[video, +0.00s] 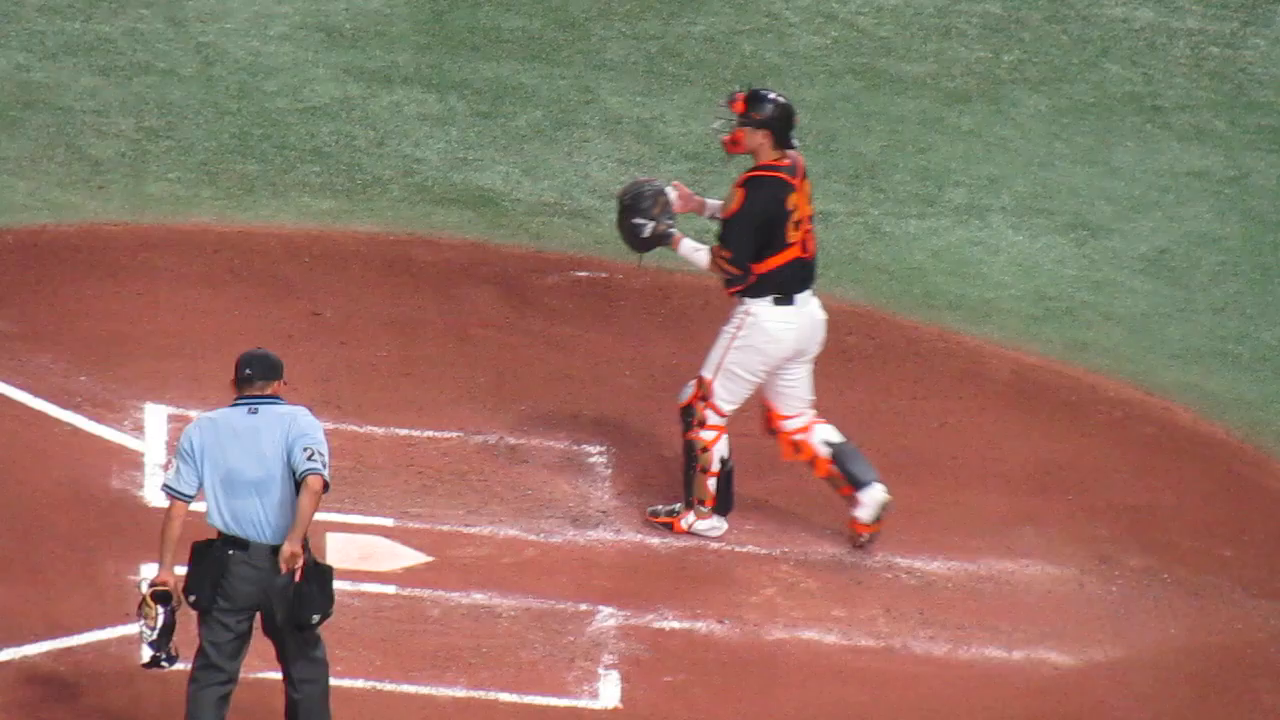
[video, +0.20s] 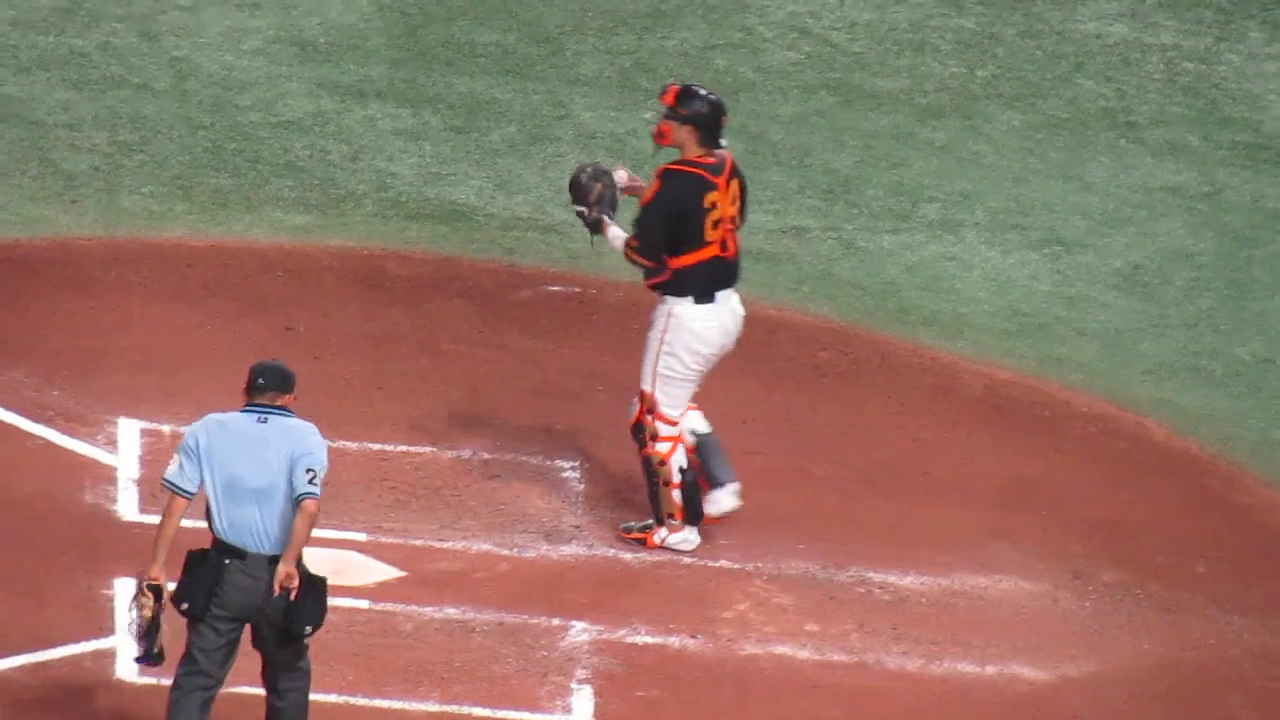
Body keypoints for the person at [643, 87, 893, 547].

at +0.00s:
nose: (736, 131)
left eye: (744, 125)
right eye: (739, 123)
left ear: (766, 134)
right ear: (772, 133)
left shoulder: (758, 189)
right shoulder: (791, 166)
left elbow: (727, 265)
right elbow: (750, 214)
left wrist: (672, 239)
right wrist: (701, 205)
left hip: (764, 317)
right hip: (805, 311)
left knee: (704, 407)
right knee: (794, 421)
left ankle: (704, 512)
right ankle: (866, 490)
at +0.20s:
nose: (664, 125)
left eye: (672, 120)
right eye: (668, 117)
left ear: (691, 129)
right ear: (706, 129)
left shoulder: (675, 183)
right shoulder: (727, 166)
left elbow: (646, 255)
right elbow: (696, 210)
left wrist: (603, 225)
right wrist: (642, 189)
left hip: (687, 315)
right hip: (725, 306)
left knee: (657, 418)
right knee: (675, 397)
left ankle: (676, 526)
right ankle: (720, 483)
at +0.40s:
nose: (607, 104)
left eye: (613, 100)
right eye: (611, 98)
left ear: (624, 110)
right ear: (655, 110)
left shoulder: (600, 160)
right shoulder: (676, 154)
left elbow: (555, 215)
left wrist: (570, 166)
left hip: (619, 295)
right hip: (661, 290)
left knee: (621, 411)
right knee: (588, 368)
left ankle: (660, 509)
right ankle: (557, 467)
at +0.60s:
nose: (559, 87)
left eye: (566, 84)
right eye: (563, 80)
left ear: (580, 97)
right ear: (606, 99)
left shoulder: (538, 133)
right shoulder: (623, 147)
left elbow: (489, 173)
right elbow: (640, 196)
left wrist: (533, 145)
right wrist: (594, 167)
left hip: (546, 280)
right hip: (588, 275)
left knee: (542, 396)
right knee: (512, 350)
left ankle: (618, 468)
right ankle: (504, 452)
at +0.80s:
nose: (541, 69)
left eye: (550, 66)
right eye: (547, 62)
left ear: (565, 80)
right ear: (584, 85)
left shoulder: (515, 114)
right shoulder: (605, 135)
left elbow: (451, 132)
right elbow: (636, 199)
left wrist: (451, 96)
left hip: (516, 263)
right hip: (566, 266)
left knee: (451, 343)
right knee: (519, 354)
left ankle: (507, 438)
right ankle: (533, 454)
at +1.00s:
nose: (507, 66)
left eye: (515, 63)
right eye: (514, 60)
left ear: (528, 80)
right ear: (553, 86)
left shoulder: (480, 111)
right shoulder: (572, 135)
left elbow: (408, 121)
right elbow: (636, 174)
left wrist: (347, 98)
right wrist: (693, 170)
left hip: (479, 259)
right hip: (533, 263)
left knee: (402, 337)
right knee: (516, 363)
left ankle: (369, 436)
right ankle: (551, 459)